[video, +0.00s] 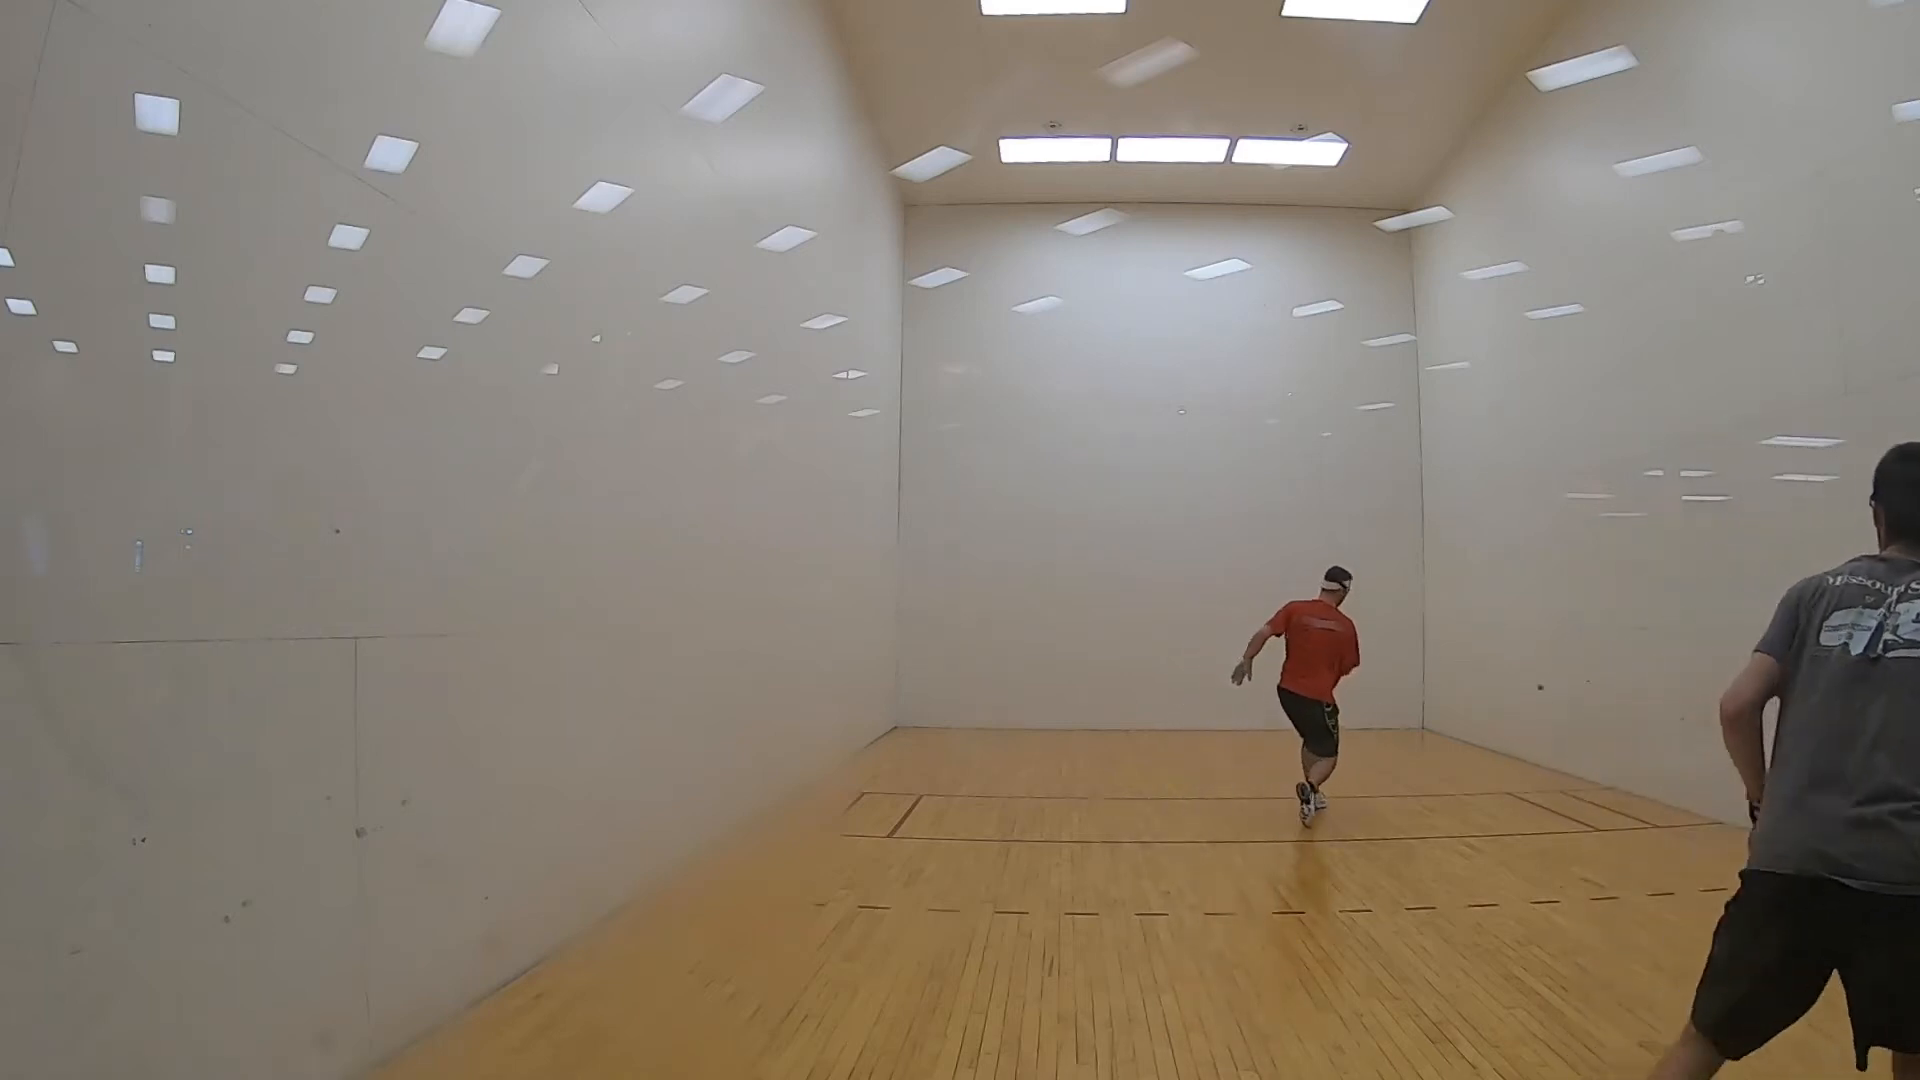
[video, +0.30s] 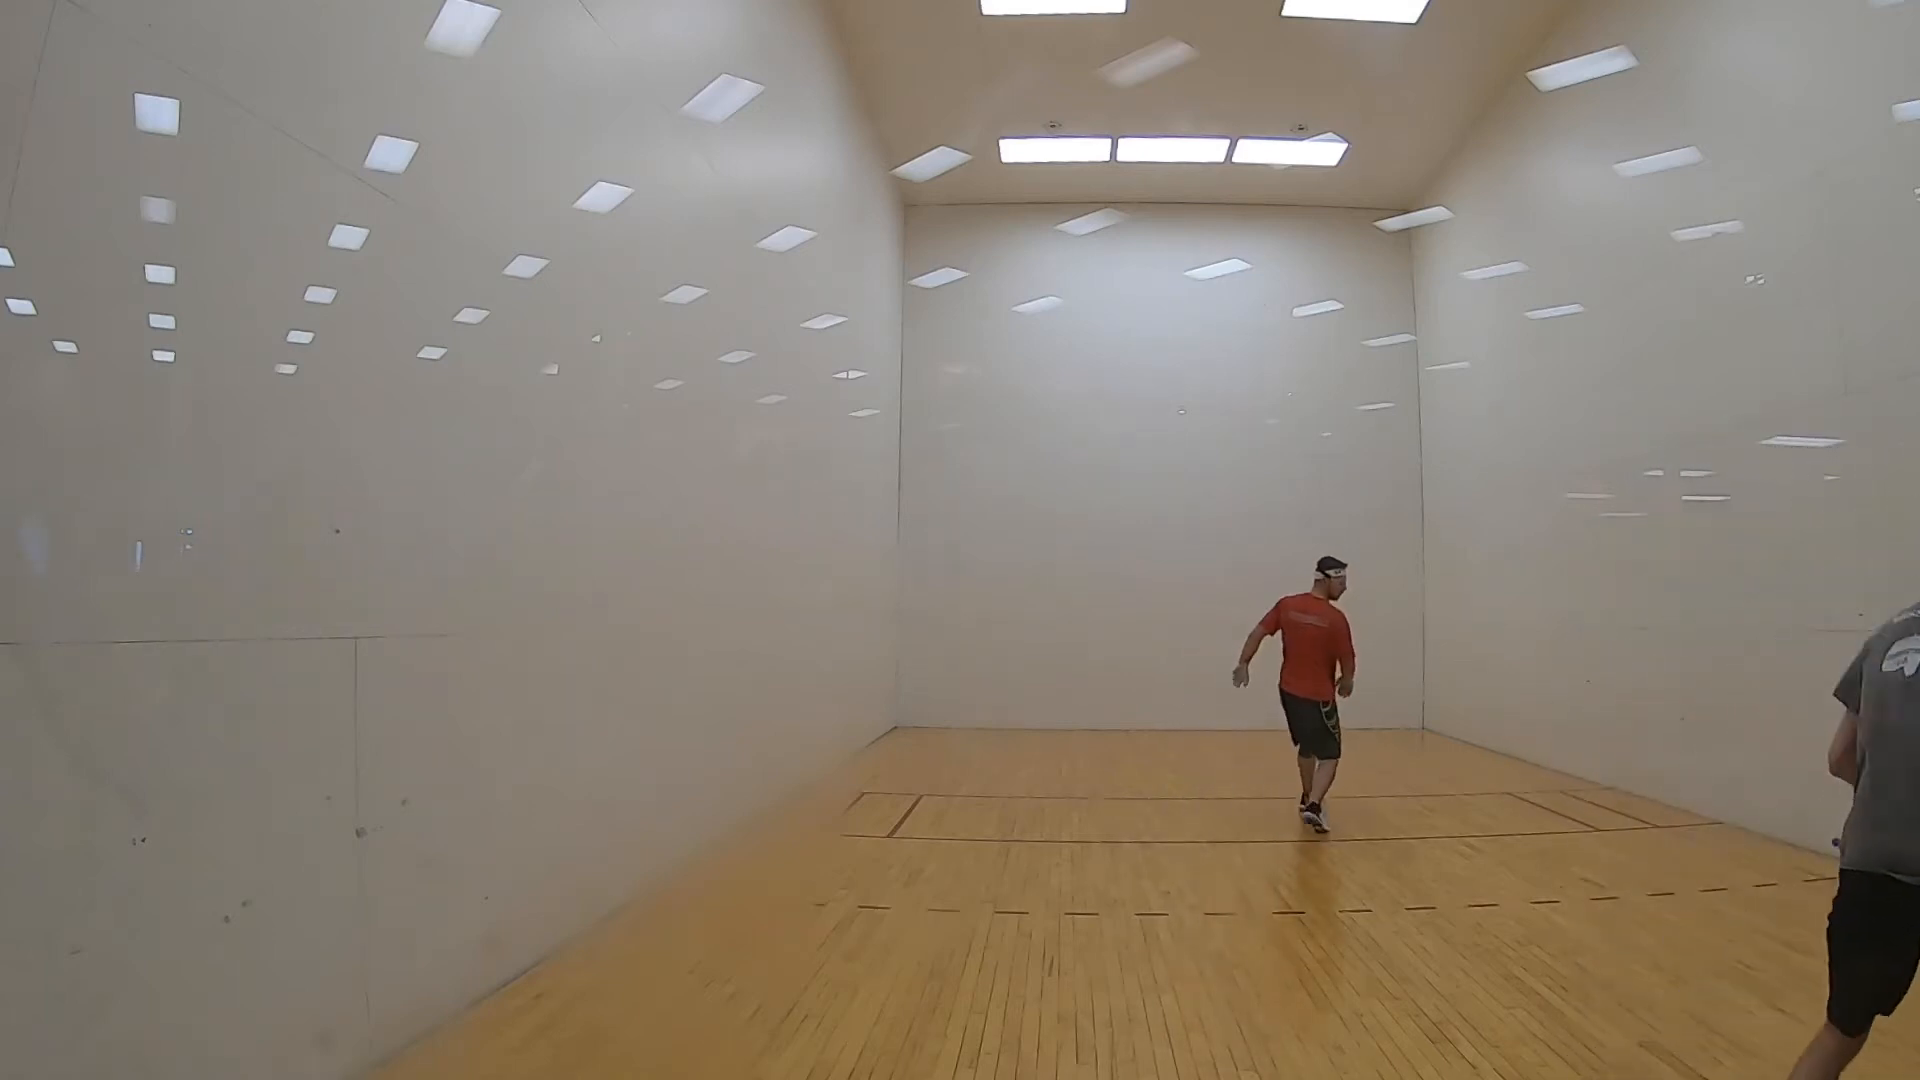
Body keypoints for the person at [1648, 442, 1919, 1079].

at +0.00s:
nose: (1877, 511)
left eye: (1875, 502)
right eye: (1885, 501)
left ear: (1877, 510)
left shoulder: (1817, 594)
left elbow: (1737, 707)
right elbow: (1738, 705)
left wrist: (1760, 794)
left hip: (1790, 860)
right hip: (1903, 873)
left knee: (1702, 1041)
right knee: (1909, 1057)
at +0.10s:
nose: (1909, 502)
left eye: (1907, 492)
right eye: (1914, 493)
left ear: (1904, 500)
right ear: (1913, 501)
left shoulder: (1845, 580)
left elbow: (1770, 692)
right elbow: (1773, 693)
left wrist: (1806, 767)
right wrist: (1805, 767)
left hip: (1825, 847)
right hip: (1909, 862)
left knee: (1768, 1008)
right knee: (1915, 1050)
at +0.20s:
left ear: (1918, 509)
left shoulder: (1862, 588)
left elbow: (1796, 710)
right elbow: (1799, 711)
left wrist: (1853, 755)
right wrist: (1854, 754)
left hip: (1850, 844)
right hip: (1915, 853)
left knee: (1819, 1006)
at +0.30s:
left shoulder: (1891, 636)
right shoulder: (1891, 636)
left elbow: (1841, 759)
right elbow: (1842, 759)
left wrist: (1896, 788)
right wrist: (1894, 789)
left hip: (1877, 862)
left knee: (1841, 1032)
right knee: (1842, 1031)